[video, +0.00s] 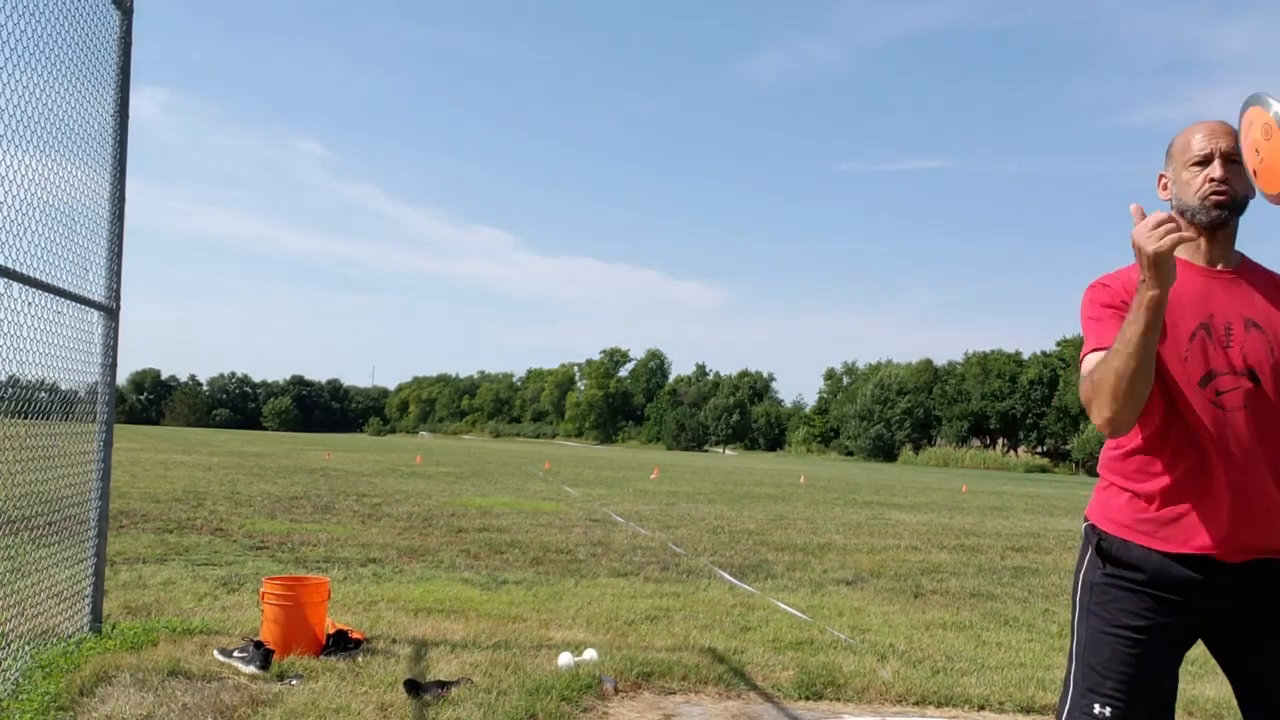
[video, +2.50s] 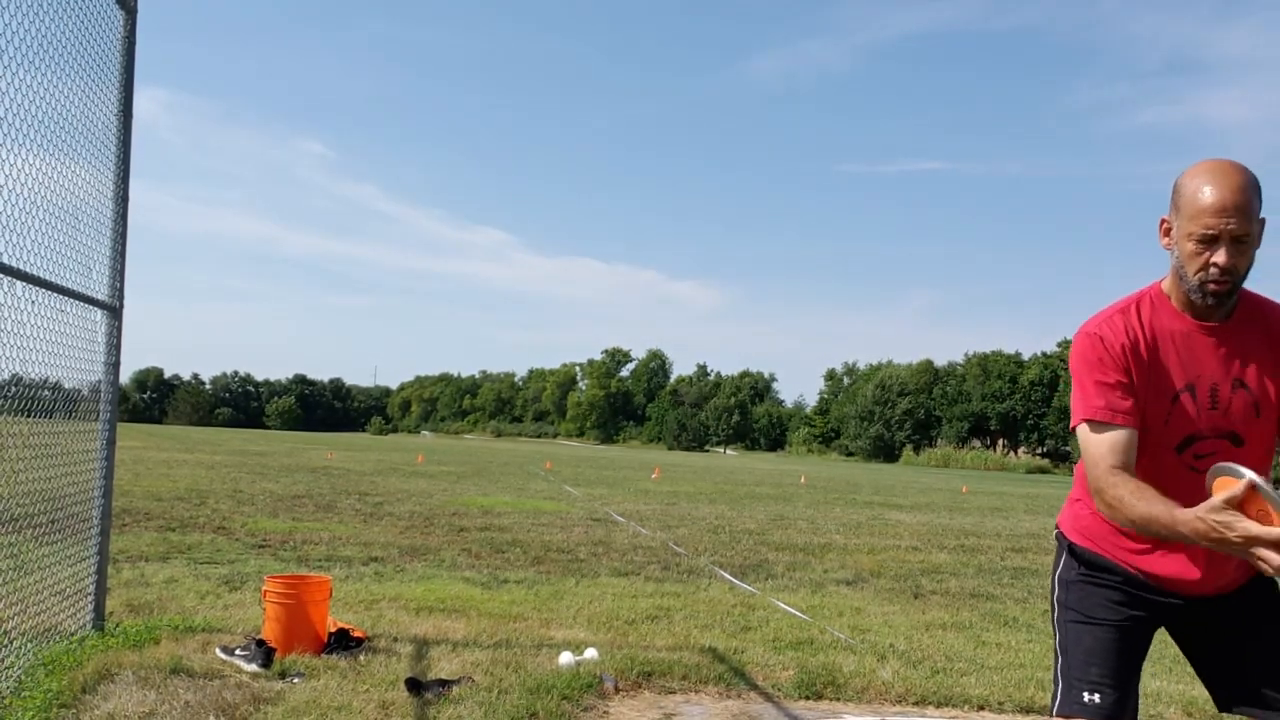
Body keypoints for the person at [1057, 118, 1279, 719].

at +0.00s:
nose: (1221, 172)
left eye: (1234, 161)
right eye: (1201, 162)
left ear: (1250, 184)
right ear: (1166, 186)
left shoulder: (1273, 293)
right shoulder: (1119, 292)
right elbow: (1110, 415)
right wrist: (1152, 287)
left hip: (1261, 569)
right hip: (1139, 563)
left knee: (1273, 705)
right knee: (1103, 711)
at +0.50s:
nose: (1244, 195)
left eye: (1255, 181)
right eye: (1225, 180)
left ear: (1266, 193)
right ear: (1179, 195)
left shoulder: (1273, 304)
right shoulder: (1137, 308)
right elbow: (1175, 435)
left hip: (1248, 560)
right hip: (1134, 559)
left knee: (1275, 702)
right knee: (1103, 712)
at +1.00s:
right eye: (1278, 242)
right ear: (1243, 226)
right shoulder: (1179, 324)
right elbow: (1057, 435)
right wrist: (1155, 535)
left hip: (1254, 575)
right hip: (1134, 567)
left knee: (1275, 706)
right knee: (1101, 713)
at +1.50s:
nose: (1266, 261)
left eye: (1278, 243)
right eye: (1249, 242)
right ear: (1205, 222)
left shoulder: (1278, 317)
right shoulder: (1130, 324)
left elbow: (1275, 428)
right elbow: (1085, 466)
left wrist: (1275, 458)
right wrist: (1214, 481)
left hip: (1251, 563)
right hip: (1126, 557)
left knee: (1279, 703)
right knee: (1088, 713)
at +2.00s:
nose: (1260, 260)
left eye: (1275, 241)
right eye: (1244, 239)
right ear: (1203, 225)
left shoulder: (1276, 318)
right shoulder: (1134, 325)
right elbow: (1113, 475)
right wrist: (1241, 477)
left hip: (1243, 561)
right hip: (1124, 555)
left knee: (1277, 703)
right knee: (1086, 710)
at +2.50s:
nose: (1223, 259)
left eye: (1239, 241)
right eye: (1206, 240)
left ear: (1260, 238)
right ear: (1167, 233)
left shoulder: (1274, 332)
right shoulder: (1111, 337)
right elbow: (1109, 484)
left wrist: (1268, 529)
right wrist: (1193, 526)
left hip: (1234, 570)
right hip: (1111, 565)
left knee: (1274, 704)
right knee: (1090, 711)